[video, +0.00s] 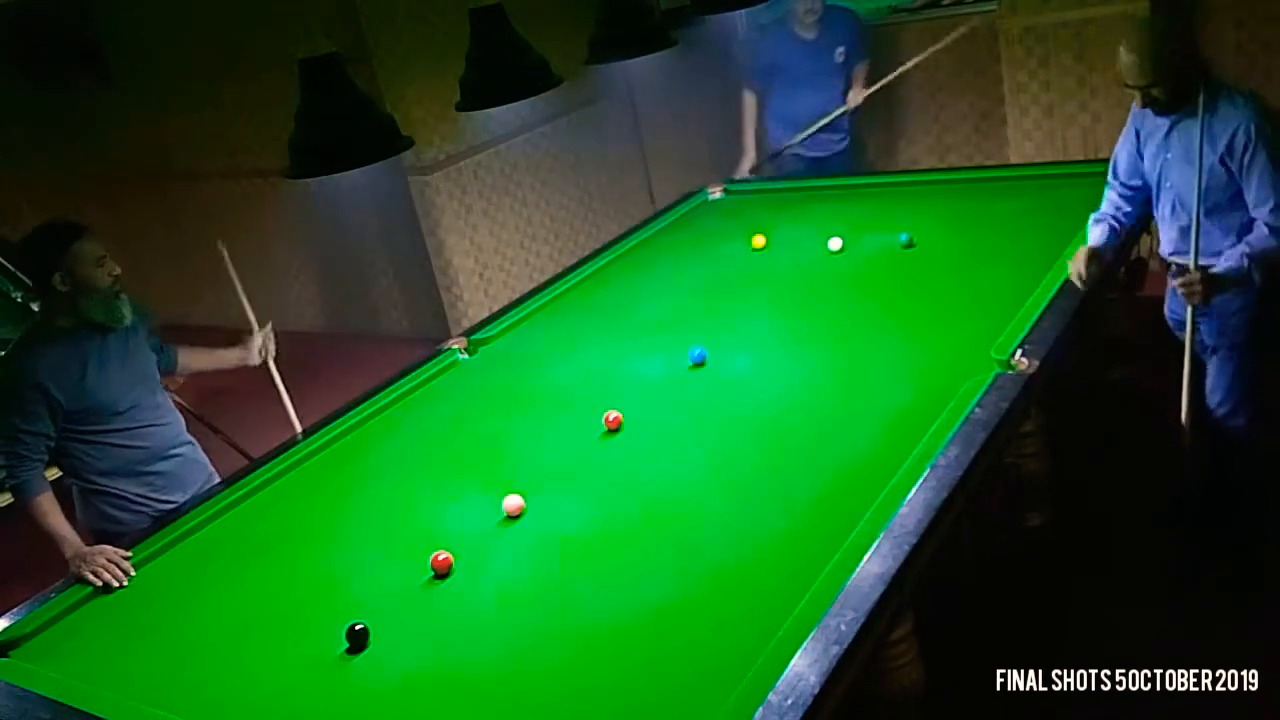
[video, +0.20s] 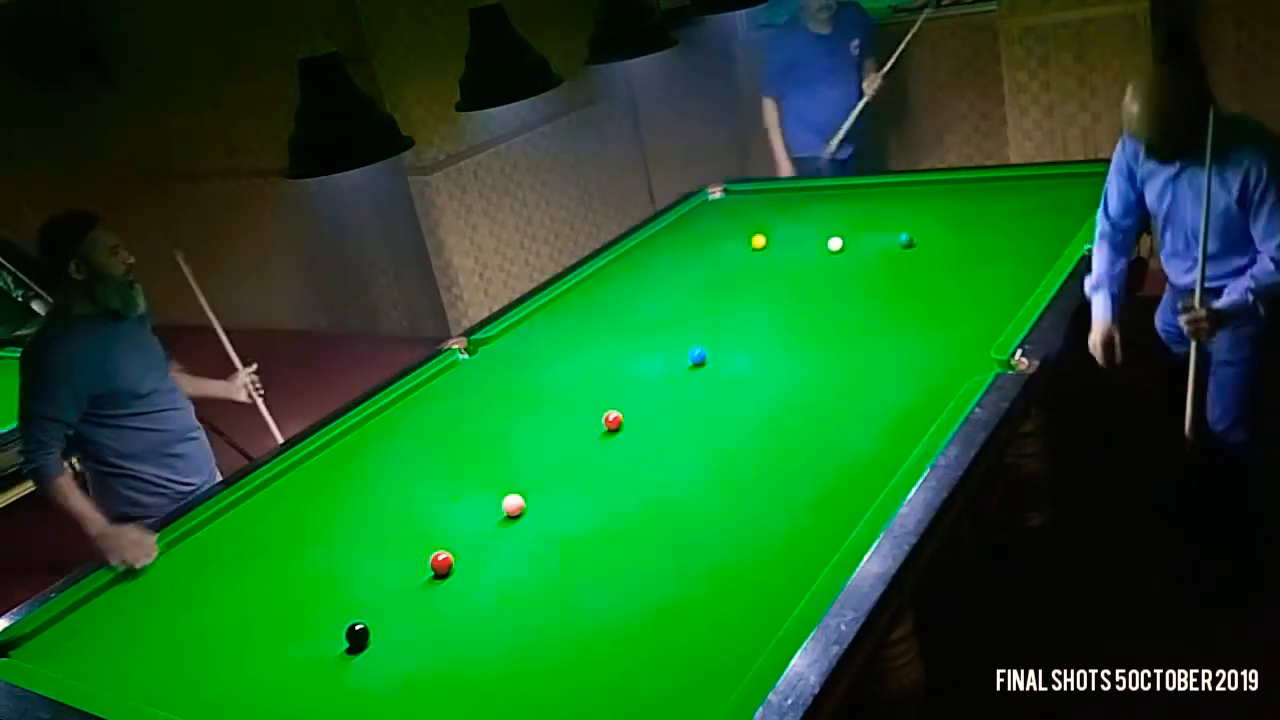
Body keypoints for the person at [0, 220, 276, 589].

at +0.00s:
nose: (116, 270)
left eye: (110, 260)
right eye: (99, 264)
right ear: (62, 282)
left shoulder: (127, 319)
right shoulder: (32, 363)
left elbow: (163, 359)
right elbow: (23, 470)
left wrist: (245, 354)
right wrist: (75, 550)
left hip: (203, 491)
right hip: (135, 530)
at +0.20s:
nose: (129, 259)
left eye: (122, 249)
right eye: (113, 253)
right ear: (78, 270)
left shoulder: (124, 312)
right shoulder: (56, 349)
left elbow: (158, 376)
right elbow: (41, 457)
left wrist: (228, 388)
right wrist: (102, 531)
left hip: (205, 486)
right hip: (152, 521)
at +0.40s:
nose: (150, 246)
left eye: (142, 236)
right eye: (134, 239)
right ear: (101, 257)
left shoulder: (134, 304)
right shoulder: (94, 327)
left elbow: (164, 371)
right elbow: (96, 429)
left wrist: (222, 377)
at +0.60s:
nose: (175, 231)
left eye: (169, 221)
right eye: (161, 225)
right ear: (131, 241)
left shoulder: (154, 290)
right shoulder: (136, 301)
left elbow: (174, 363)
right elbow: (156, 398)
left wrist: (223, 352)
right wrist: (244, 431)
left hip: (227, 464)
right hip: (202, 480)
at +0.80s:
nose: (201, 211)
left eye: (196, 201)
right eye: (187, 205)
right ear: (159, 218)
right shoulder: (170, 272)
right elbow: (188, 368)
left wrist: (228, 322)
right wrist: (271, 402)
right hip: (230, 434)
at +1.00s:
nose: (237, 202)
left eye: (231, 193)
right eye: (223, 196)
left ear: (195, 210)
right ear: (195, 209)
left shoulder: (188, 258)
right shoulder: (209, 261)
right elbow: (223, 350)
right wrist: (296, 386)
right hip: (260, 418)